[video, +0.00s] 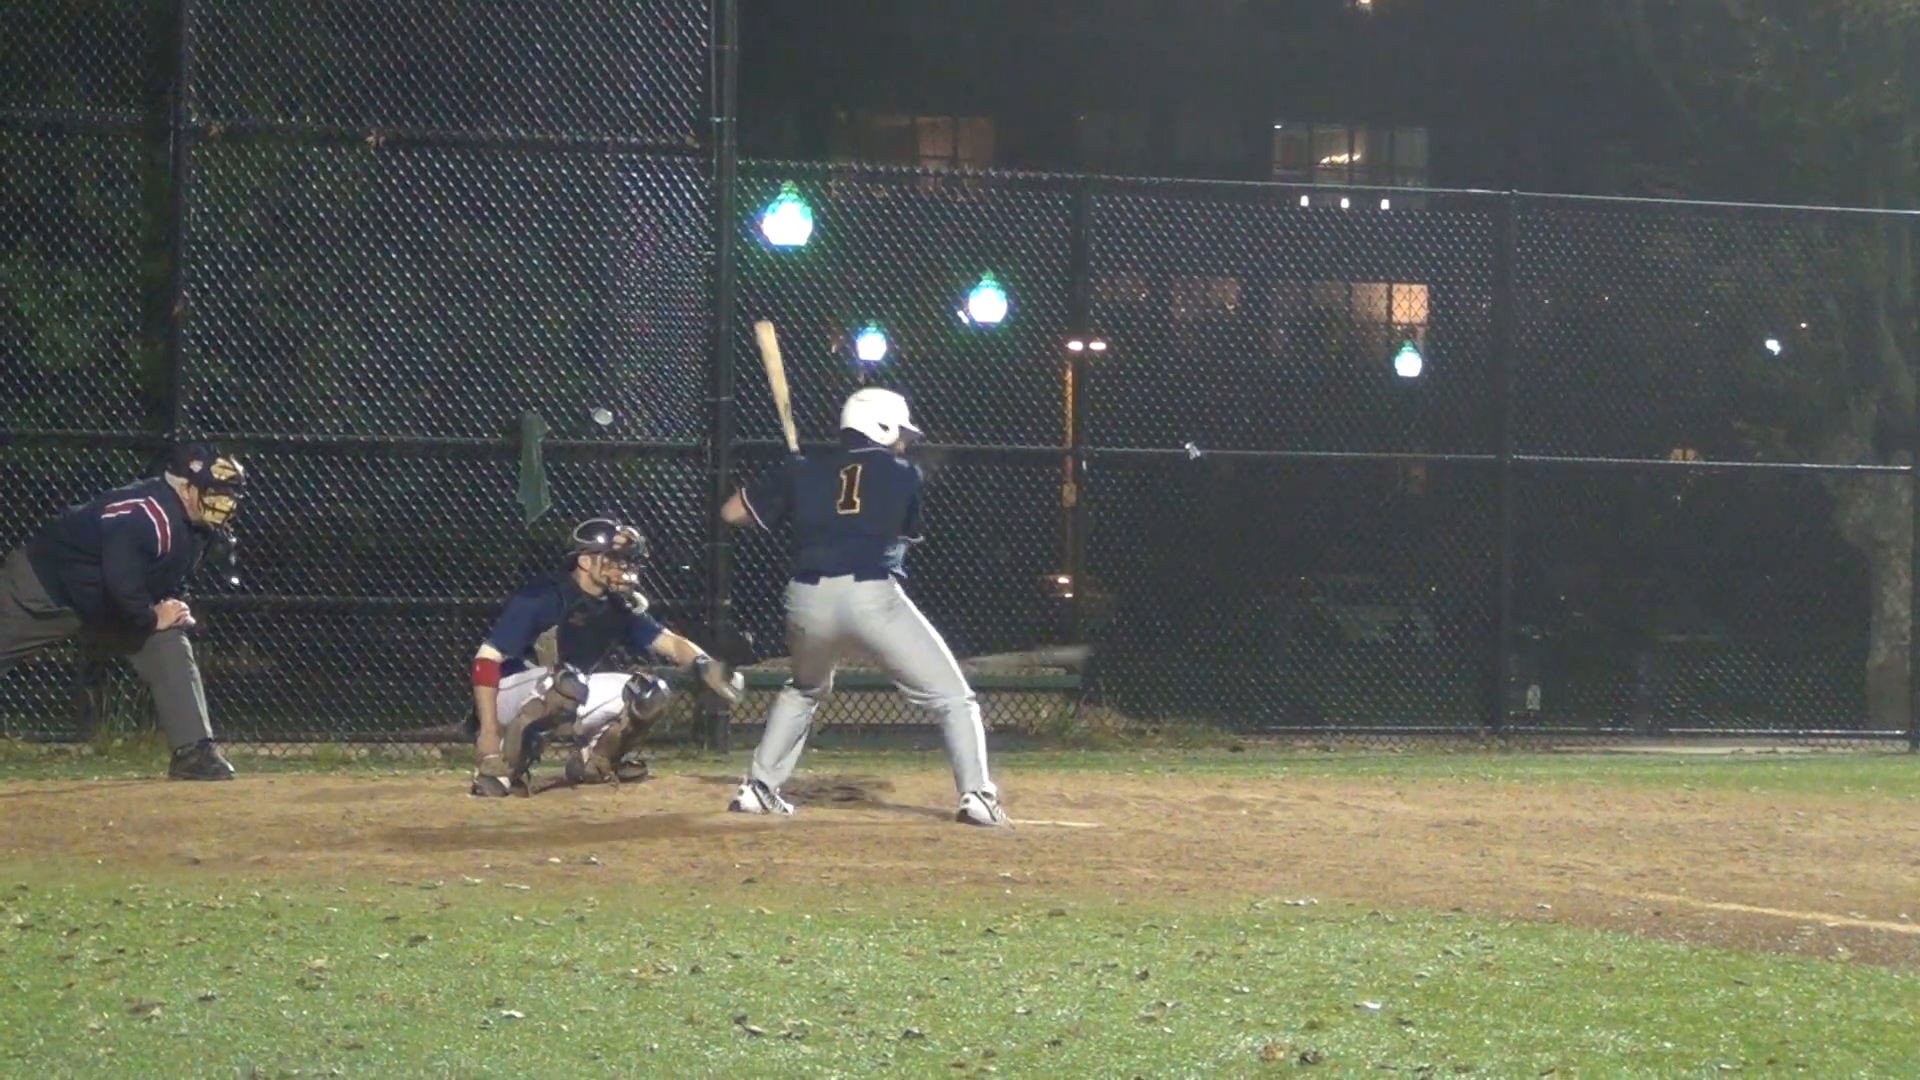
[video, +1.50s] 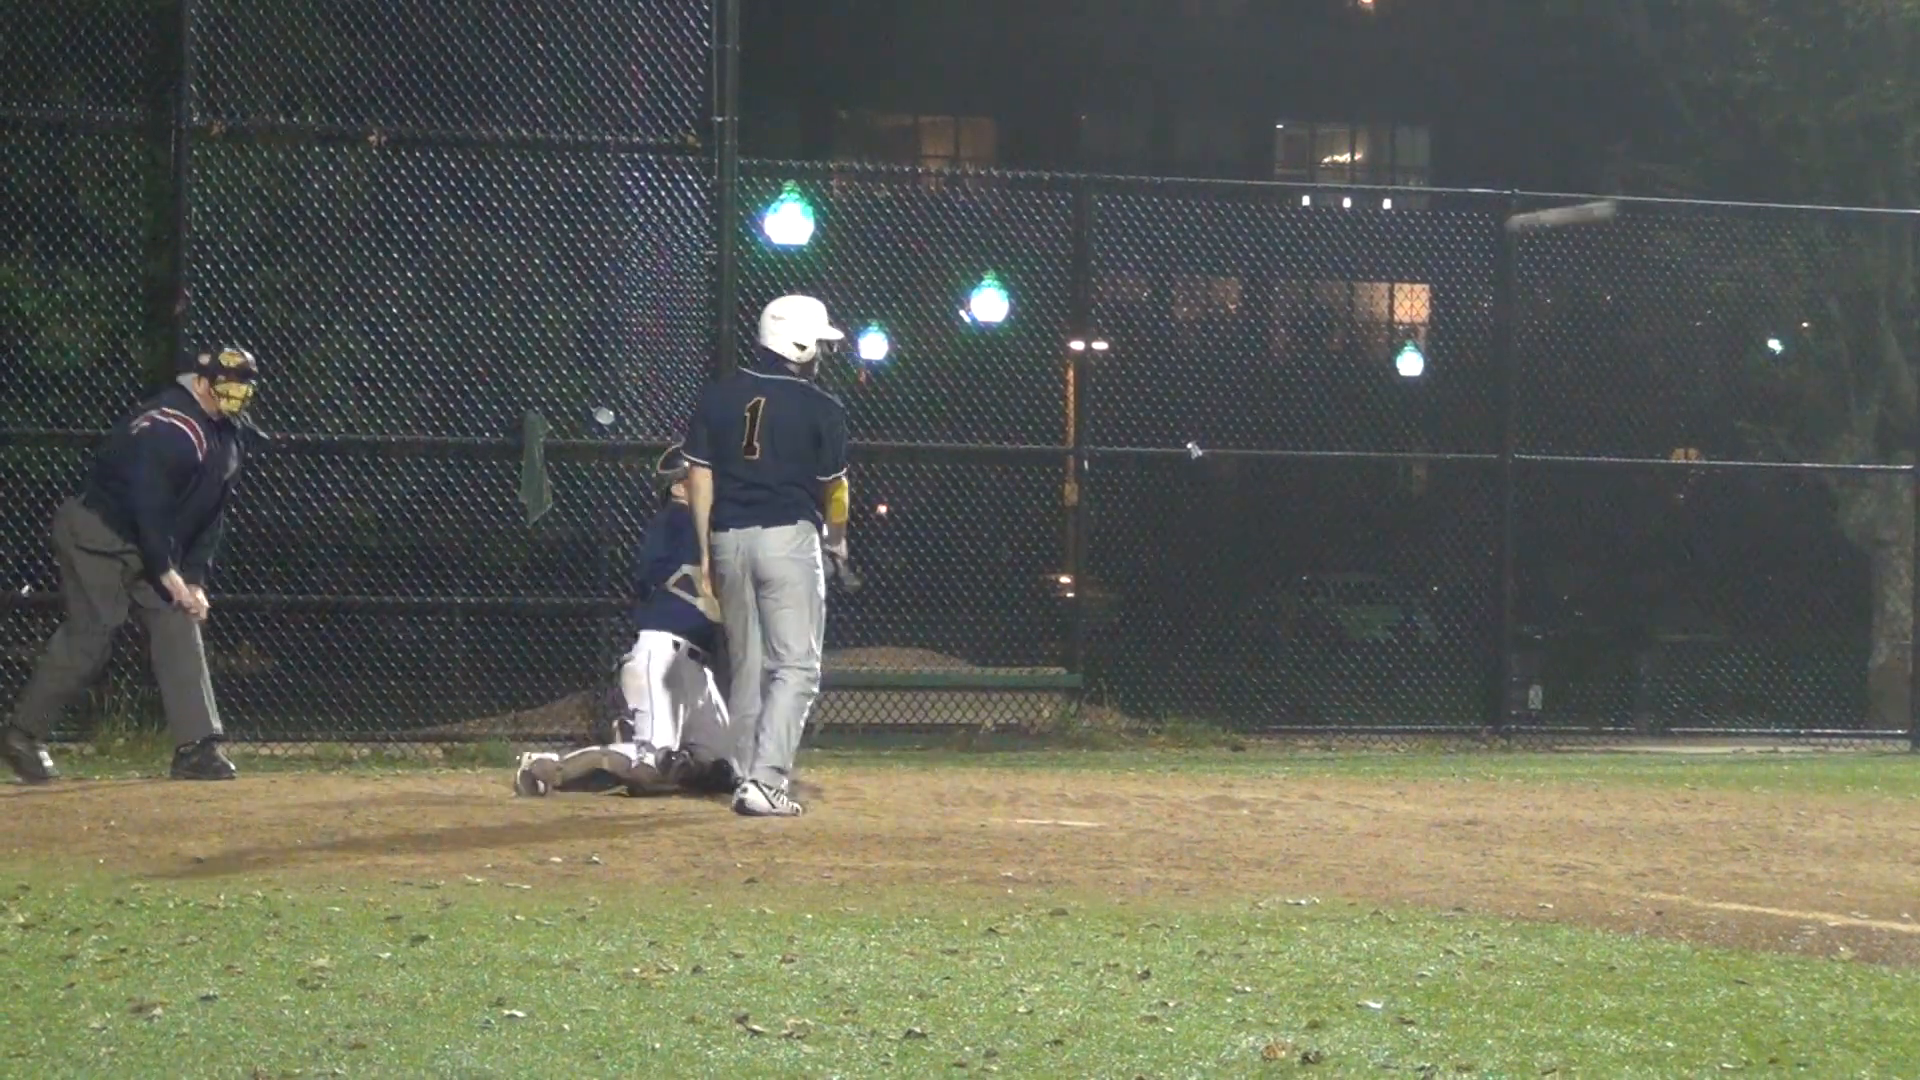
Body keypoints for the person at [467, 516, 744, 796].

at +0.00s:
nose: (623, 569)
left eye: (626, 561)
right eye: (615, 560)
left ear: (627, 563)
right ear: (586, 561)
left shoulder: (616, 607)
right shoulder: (542, 598)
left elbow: (671, 645)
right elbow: (486, 662)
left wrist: (707, 667)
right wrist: (489, 733)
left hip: (571, 695)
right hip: (509, 696)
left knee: (648, 693)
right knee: (566, 683)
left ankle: (593, 764)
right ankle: (501, 771)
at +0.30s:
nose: (620, 563)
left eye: (623, 555)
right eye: (610, 554)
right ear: (582, 554)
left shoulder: (618, 600)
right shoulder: (545, 589)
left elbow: (647, 645)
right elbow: (482, 647)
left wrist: (682, 657)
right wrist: (487, 710)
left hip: (568, 692)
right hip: (505, 692)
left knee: (648, 692)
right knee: (562, 687)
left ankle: (594, 765)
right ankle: (496, 769)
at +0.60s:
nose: (623, 528)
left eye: (626, 521)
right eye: (612, 520)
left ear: (632, 526)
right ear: (583, 524)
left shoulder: (629, 576)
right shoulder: (547, 571)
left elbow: (655, 650)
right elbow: (517, 643)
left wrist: (631, 627)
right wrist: (556, 624)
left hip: (586, 680)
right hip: (527, 673)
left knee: (668, 701)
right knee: (570, 690)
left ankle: (599, 756)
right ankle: (502, 768)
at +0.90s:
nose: (640, 510)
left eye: (645, 502)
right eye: (628, 501)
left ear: (654, 505)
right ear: (600, 505)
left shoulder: (658, 554)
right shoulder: (570, 550)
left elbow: (716, 599)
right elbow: (518, 602)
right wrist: (496, 551)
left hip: (632, 673)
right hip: (575, 662)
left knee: (696, 725)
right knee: (571, 682)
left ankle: (626, 749)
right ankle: (502, 765)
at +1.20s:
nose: (656, 495)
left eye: (664, 486)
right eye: (645, 487)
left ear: (680, 492)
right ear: (630, 494)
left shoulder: (698, 541)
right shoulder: (606, 534)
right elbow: (543, 505)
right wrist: (593, 463)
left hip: (673, 677)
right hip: (620, 660)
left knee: (719, 777)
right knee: (594, 725)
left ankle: (642, 761)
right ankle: (507, 774)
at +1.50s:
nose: (698, 482)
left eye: (699, 475)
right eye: (689, 476)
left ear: (710, 483)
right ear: (675, 488)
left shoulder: (720, 532)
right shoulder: (672, 521)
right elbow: (655, 569)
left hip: (697, 666)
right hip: (657, 654)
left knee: (725, 764)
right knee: (651, 764)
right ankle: (547, 768)